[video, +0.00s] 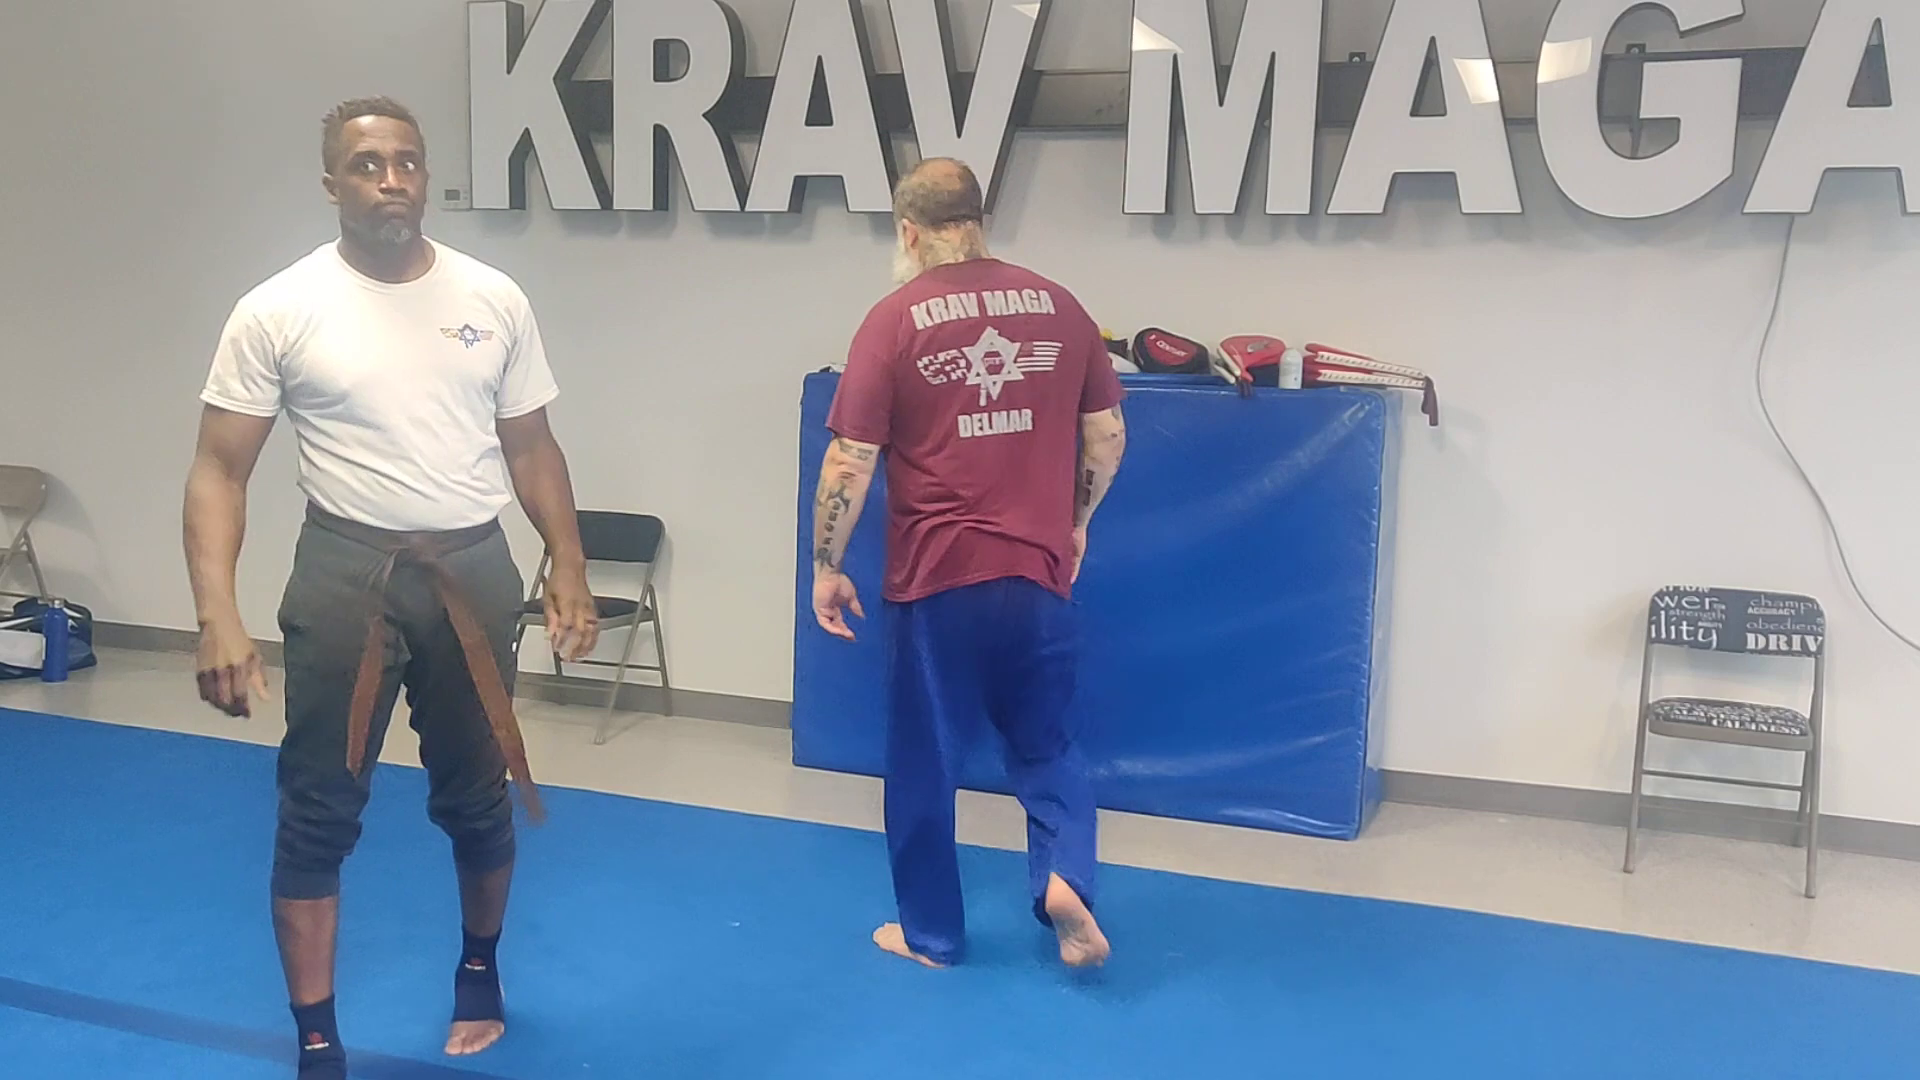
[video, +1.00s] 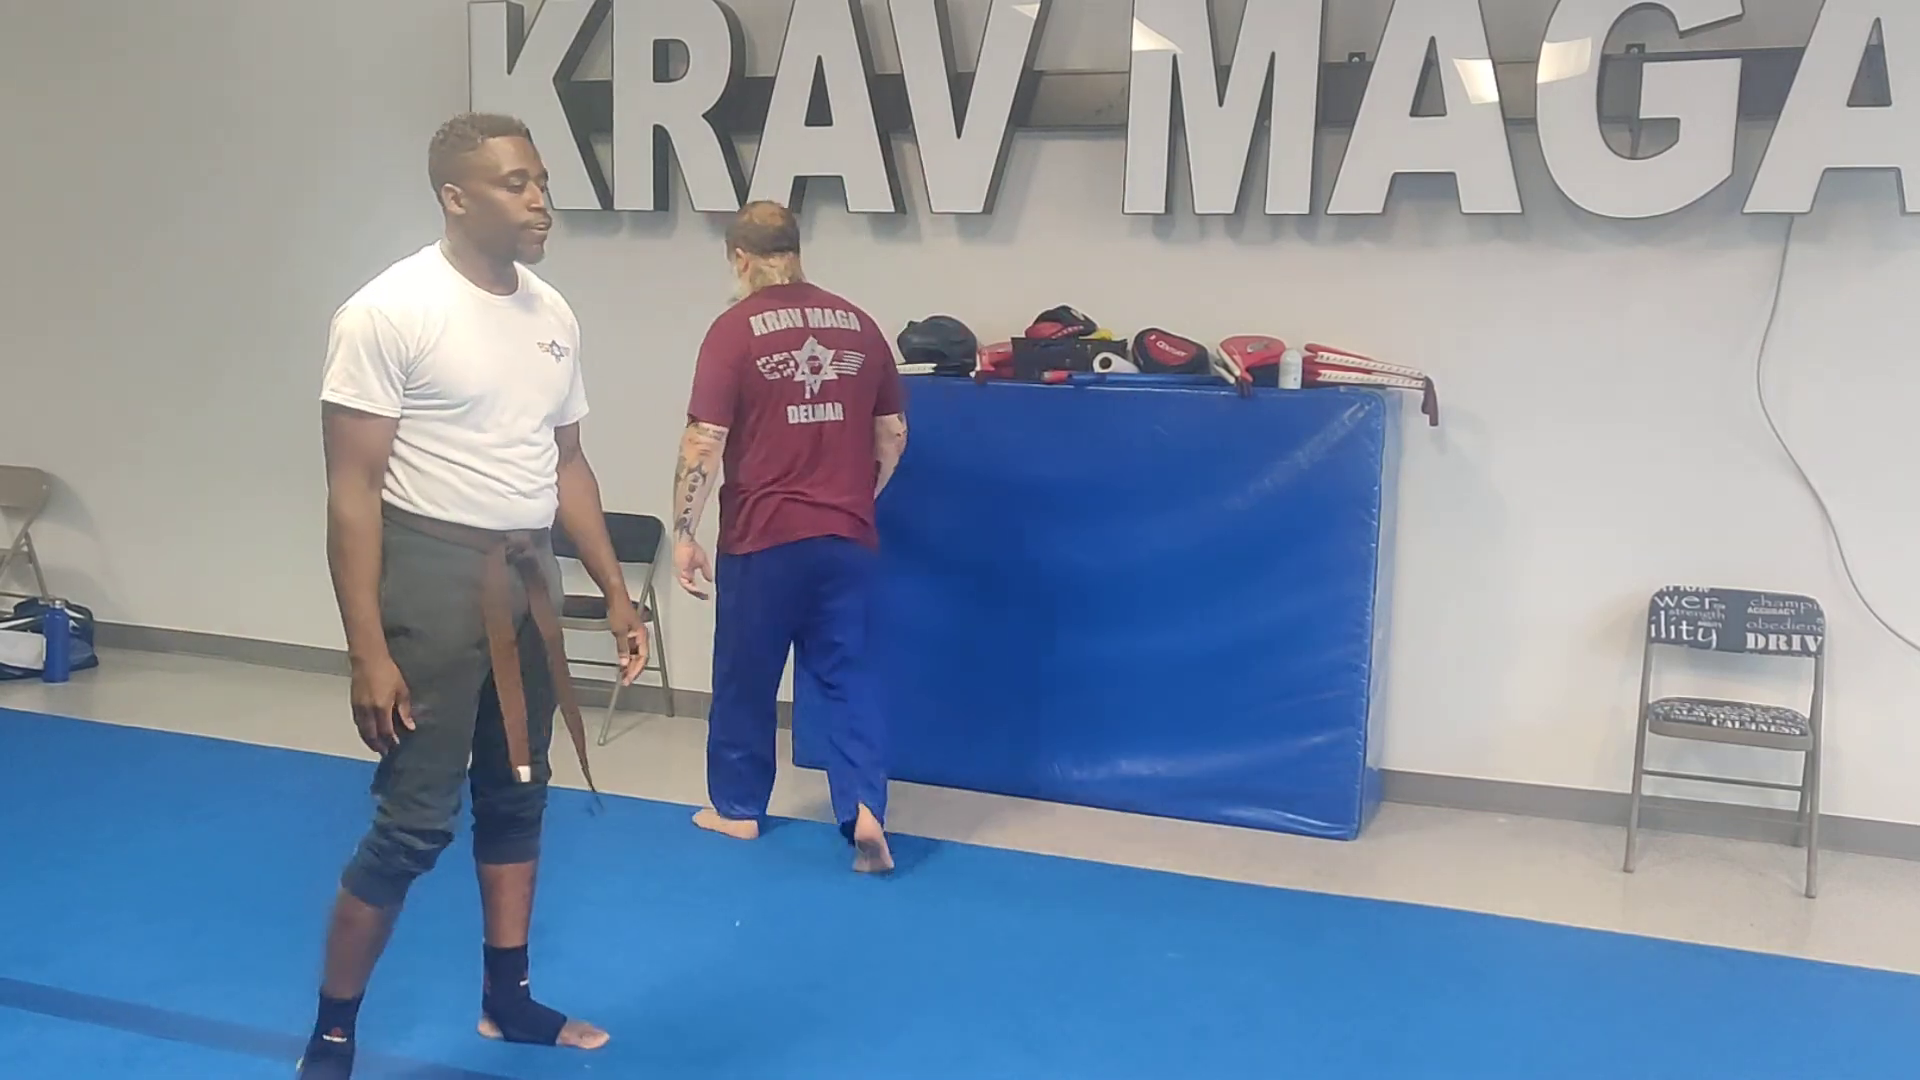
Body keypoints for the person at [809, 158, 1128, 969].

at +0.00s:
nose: (897, 239)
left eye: (897, 228)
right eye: (901, 227)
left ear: (909, 229)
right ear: (980, 222)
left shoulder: (896, 318)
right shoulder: (1057, 303)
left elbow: (849, 461)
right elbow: (1105, 436)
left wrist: (828, 563)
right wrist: (1076, 521)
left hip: (936, 568)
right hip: (1039, 563)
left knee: (922, 756)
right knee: (1048, 744)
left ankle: (932, 933)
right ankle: (1065, 875)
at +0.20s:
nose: (865, 241)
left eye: (865, 229)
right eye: (868, 229)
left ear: (878, 229)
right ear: (944, 227)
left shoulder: (857, 312)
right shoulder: (1015, 304)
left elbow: (793, 448)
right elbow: (1061, 431)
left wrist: (763, 516)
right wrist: (1035, 518)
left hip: (906, 564)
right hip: (999, 555)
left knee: (899, 745)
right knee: (971, 717)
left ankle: (921, 932)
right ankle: (972, 869)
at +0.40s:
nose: (844, 257)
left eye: (845, 247)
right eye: (853, 245)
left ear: (857, 248)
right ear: (920, 246)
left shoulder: (837, 325)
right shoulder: (983, 328)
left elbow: (773, 448)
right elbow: (1019, 450)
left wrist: (730, 518)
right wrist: (988, 533)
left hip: (868, 561)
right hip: (954, 559)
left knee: (877, 735)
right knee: (908, 715)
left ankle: (920, 916)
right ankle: (872, 845)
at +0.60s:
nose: (832, 250)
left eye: (832, 240)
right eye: (838, 240)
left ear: (839, 241)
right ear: (900, 243)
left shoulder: (819, 309)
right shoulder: (954, 327)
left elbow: (770, 424)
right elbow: (977, 446)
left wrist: (742, 521)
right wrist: (930, 506)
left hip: (830, 536)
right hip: (920, 540)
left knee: (791, 687)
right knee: (887, 695)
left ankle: (839, 819)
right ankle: (870, 857)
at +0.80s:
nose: (790, 256)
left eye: (790, 246)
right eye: (793, 247)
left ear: (801, 247)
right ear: (858, 247)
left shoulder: (788, 313)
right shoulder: (912, 321)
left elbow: (759, 421)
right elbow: (936, 434)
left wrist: (737, 522)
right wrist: (893, 495)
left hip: (801, 529)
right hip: (886, 533)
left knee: (760, 684)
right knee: (885, 692)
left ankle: (741, 822)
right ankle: (873, 850)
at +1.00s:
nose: (731, 270)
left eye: (730, 261)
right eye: (734, 260)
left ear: (739, 259)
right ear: (798, 256)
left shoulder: (734, 329)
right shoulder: (859, 323)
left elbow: (704, 444)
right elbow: (890, 436)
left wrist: (684, 532)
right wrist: (853, 502)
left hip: (765, 532)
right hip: (848, 529)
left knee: (745, 678)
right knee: (845, 674)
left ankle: (739, 809)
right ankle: (864, 807)